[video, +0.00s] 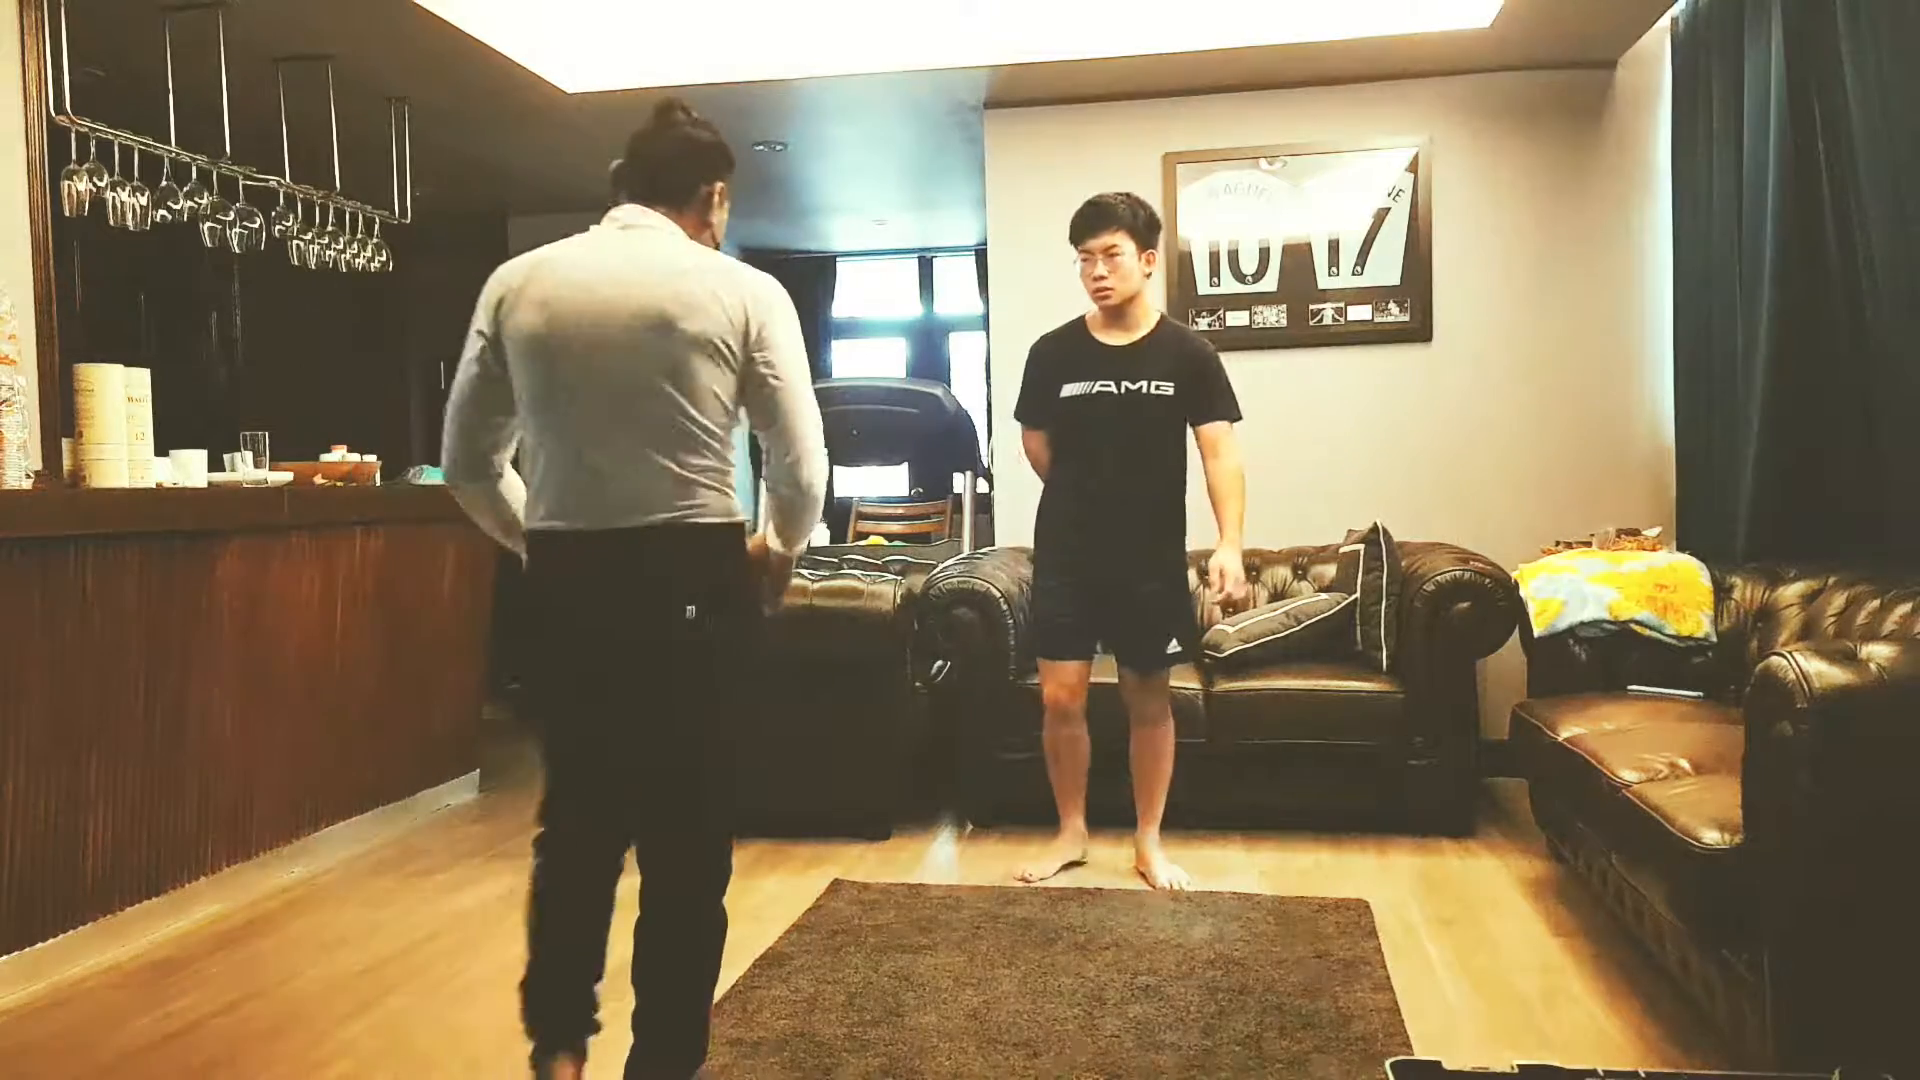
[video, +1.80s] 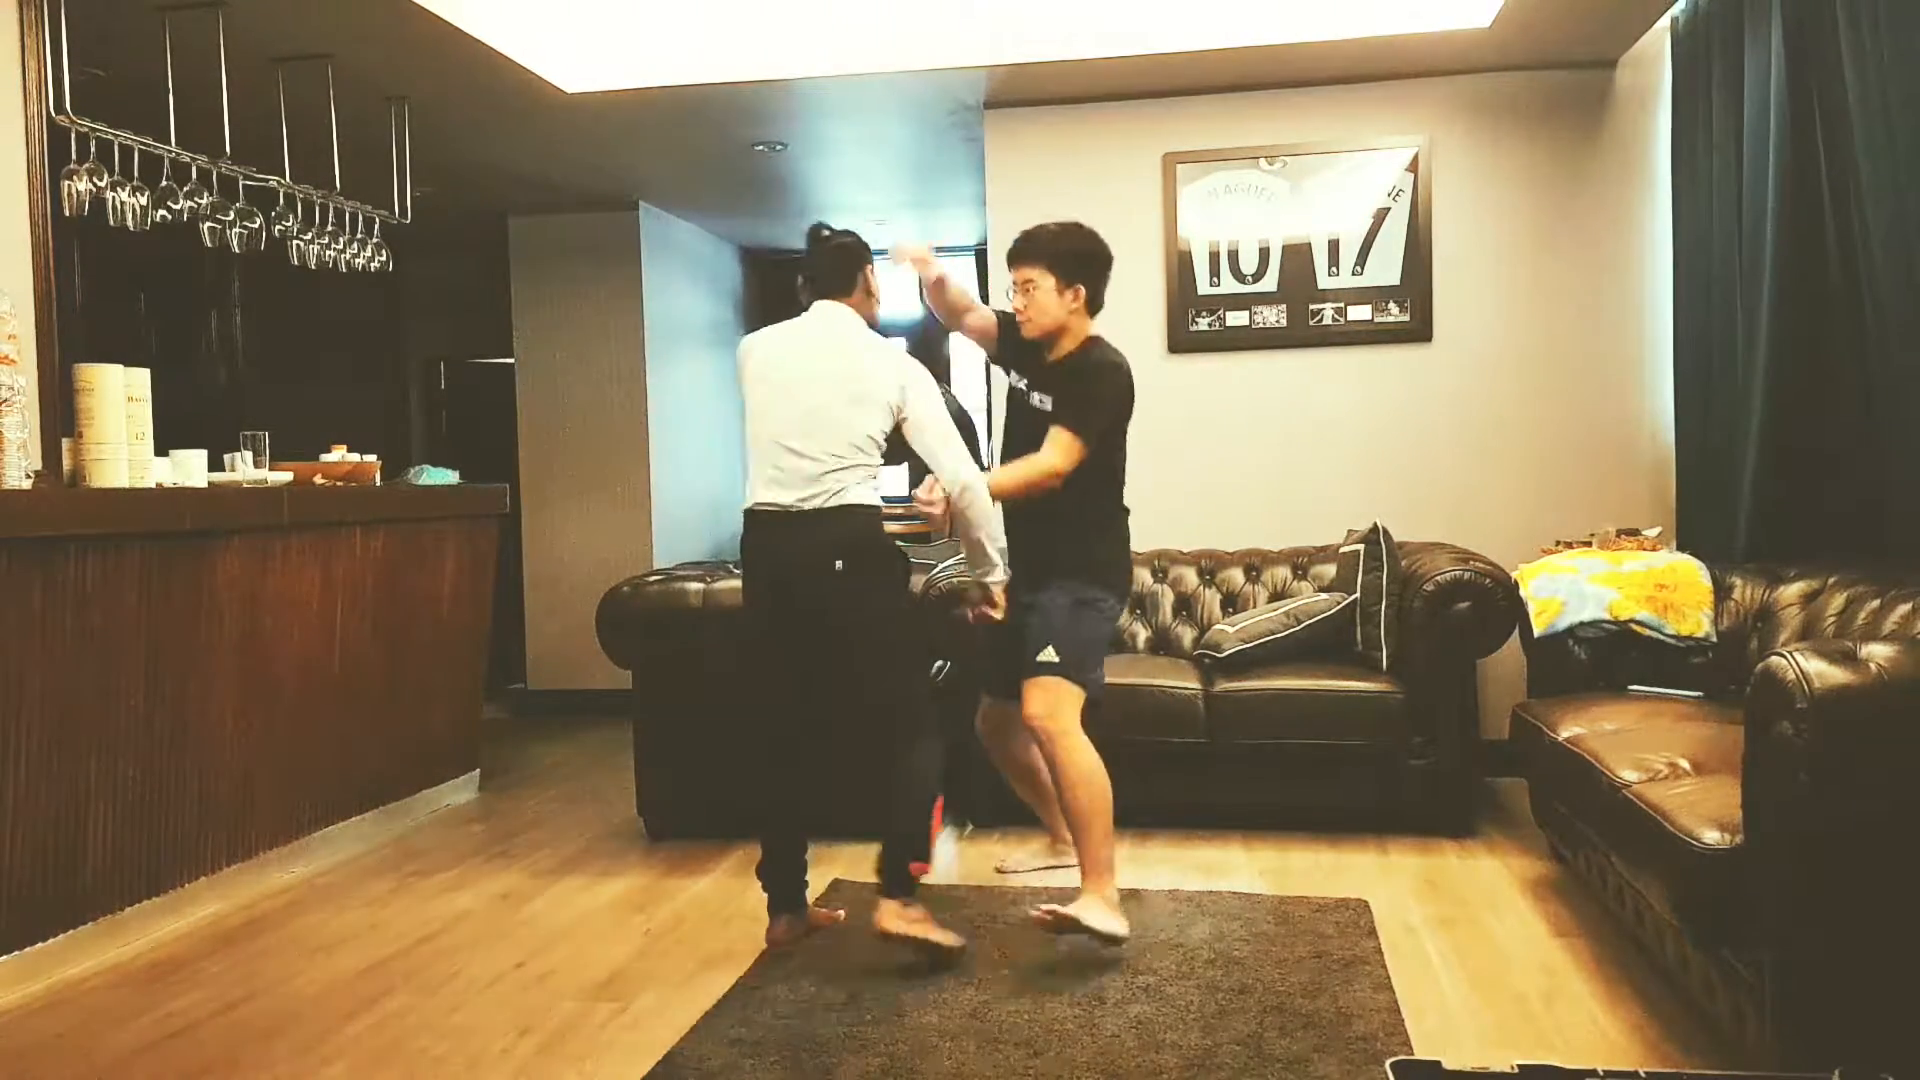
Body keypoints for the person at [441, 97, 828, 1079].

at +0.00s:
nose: (726, 229)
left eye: (724, 210)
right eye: (724, 210)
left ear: (619, 194)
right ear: (703, 202)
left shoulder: (516, 282)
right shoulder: (743, 290)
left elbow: (469, 465)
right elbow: (803, 473)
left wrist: (546, 542)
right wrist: (779, 550)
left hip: (562, 582)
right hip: (691, 581)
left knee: (577, 820)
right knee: (687, 839)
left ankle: (557, 1053)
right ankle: (666, 1063)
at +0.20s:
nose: (756, 229)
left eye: (754, 211)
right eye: (754, 211)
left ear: (658, 206)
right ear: (732, 206)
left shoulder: (557, 304)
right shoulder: (767, 303)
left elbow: (497, 462)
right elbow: (798, 483)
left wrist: (559, 566)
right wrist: (784, 584)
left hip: (604, 582)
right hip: (725, 577)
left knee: (634, 801)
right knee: (712, 817)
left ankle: (651, 997)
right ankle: (665, 1059)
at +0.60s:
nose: (794, 241)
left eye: (792, 225)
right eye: (788, 226)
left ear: (708, 229)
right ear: (756, 226)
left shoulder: (646, 319)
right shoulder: (779, 310)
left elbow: (603, 473)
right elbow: (794, 465)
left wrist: (673, 537)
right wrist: (840, 567)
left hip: (658, 574)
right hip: (752, 575)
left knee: (676, 794)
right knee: (820, 795)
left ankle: (705, 994)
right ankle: (693, 1005)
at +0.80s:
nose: (813, 249)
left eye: (813, 233)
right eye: (808, 232)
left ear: (743, 229)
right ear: (775, 227)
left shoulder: (695, 308)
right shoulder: (766, 311)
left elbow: (725, 465)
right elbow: (789, 460)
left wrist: (821, 510)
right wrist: (860, 442)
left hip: (703, 560)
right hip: (755, 564)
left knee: (731, 779)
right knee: (787, 784)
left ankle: (727, 988)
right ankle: (739, 1006)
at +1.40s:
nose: (852, 270)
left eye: (847, 256)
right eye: (845, 257)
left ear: (776, 268)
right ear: (823, 264)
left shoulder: (732, 349)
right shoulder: (825, 351)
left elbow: (776, 448)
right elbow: (900, 450)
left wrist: (869, 387)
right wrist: (919, 377)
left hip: (761, 549)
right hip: (827, 551)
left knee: (801, 725)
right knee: (841, 745)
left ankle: (798, 885)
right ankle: (763, 958)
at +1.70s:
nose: (864, 281)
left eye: (858, 268)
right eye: (860, 269)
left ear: (786, 280)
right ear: (845, 275)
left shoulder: (735, 348)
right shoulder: (883, 348)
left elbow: (713, 457)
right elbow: (968, 446)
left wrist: (779, 433)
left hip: (769, 549)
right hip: (855, 543)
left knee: (784, 721)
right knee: (890, 715)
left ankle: (785, 914)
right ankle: (839, 897)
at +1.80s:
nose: (882, 293)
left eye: (878, 281)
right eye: (878, 282)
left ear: (806, 288)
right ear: (865, 285)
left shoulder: (754, 350)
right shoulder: (890, 363)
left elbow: (793, 435)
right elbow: (960, 477)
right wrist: (992, 569)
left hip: (768, 546)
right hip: (851, 547)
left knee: (785, 719)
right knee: (911, 715)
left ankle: (786, 909)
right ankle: (899, 896)